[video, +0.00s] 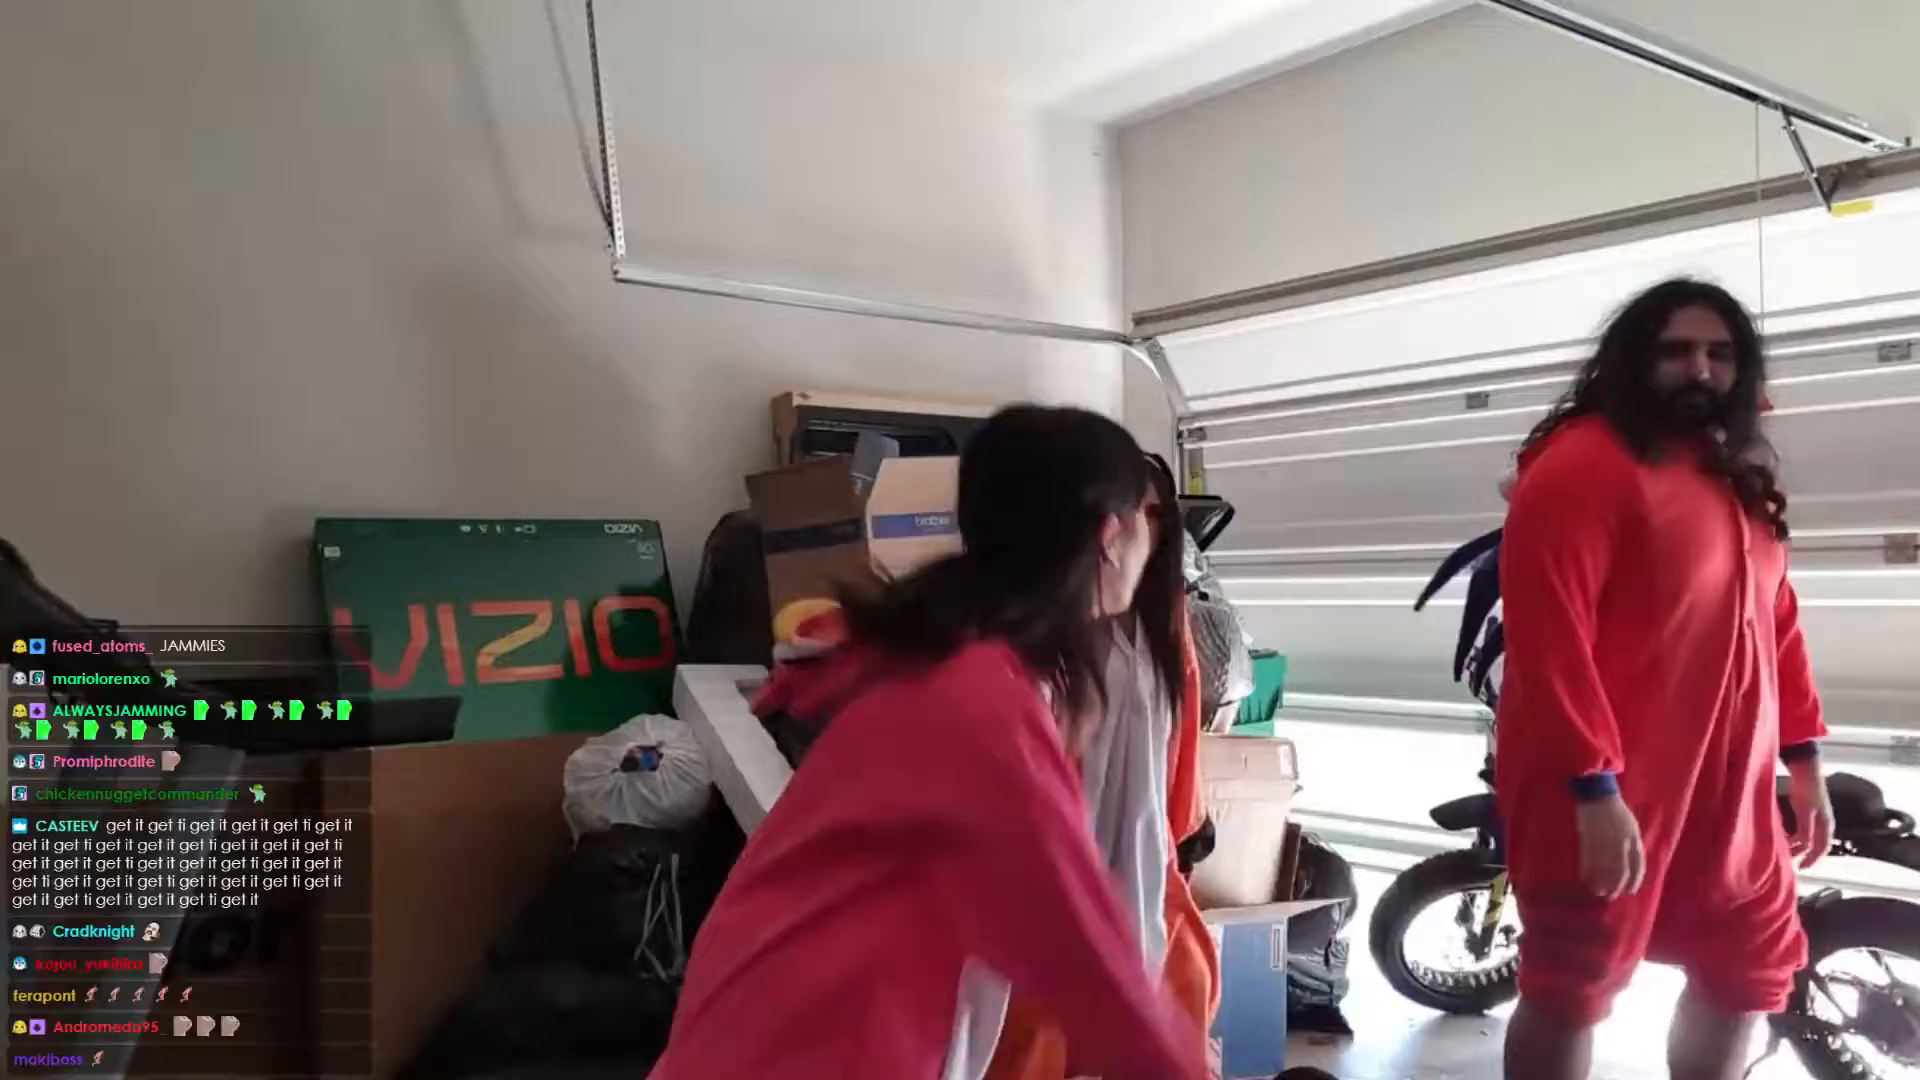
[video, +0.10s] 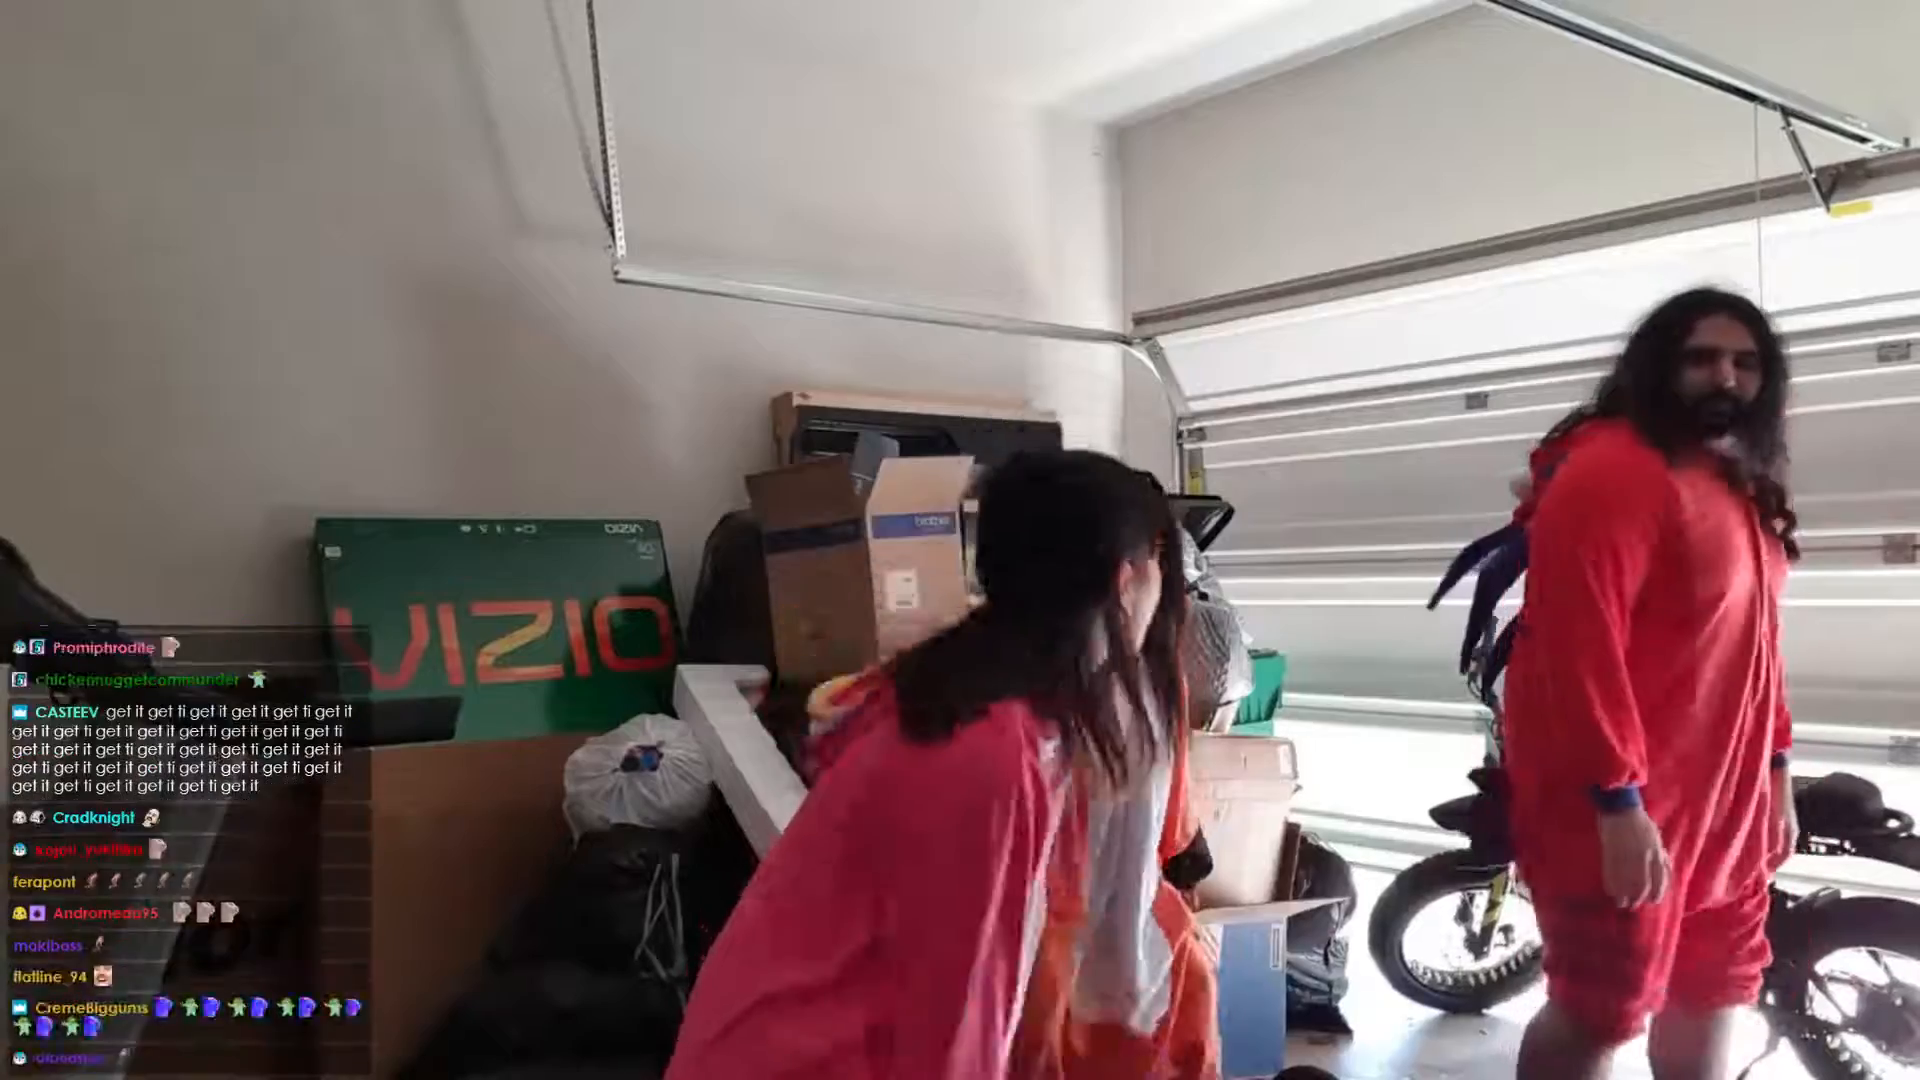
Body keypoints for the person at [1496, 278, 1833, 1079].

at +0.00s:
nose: (1699, 370)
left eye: (1719, 353)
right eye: (1676, 351)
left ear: (1743, 371)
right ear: (1634, 362)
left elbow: (1777, 624)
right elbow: (1545, 633)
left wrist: (1804, 756)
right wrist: (1593, 789)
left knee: (1742, 978)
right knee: (1567, 1000)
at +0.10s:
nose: (1726, 378)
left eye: (1746, 362)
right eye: (1702, 359)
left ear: (1766, 382)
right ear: (1659, 369)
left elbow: (1757, 646)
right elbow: (1577, 644)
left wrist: (1773, 770)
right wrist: (1617, 804)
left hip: (1726, 803)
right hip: (1621, 807)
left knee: (1709, 1002)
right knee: (1597, 1016)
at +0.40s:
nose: (1693, 382)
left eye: (1706, 366)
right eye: (1667, 362)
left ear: (1719, 383)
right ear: (1613, 371)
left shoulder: (1693, 468)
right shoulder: (1599, 470)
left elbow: (1809, 492)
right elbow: (1774, 512)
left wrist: (1893, 466)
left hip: (1714, 787)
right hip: (1616, 802)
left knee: (1729, 983)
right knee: (1571, 1015)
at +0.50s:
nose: (1695, 400)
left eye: (1708, 382)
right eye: (1668, 376)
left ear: (1721, 398)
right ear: (1613, 388)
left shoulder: (1671, 481)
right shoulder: (1592, 489)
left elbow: (1748, 454)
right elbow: (1778, 463)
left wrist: (1817, 357)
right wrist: (1900, 304)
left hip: (1708, 801)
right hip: (1614, 816)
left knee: (1753, 990)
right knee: (1592, 1028)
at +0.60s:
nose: (1695, 386)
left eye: (1708, 370)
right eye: (1667, 366)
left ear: (1720, 387)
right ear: (1612, 376)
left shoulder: (1663, 468)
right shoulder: (1591, 476)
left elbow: (1744, 442)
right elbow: (1782, 450)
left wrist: (1801, 364)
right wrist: (1877, 291)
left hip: (1703, 794)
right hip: (1613, 810)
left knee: (1739, 987)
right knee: (1591, 1026)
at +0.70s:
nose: (1695, 368)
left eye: (1706, 351)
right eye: (1667, 348)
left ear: (1718, 367)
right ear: (1611, 357)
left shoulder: (1667, 460)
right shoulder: (1586, 455)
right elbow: (1763, 512)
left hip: (1696, 785)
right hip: (1603, 796)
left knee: (1693, 990)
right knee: (1565, 1018)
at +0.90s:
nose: (1753, 384)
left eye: (1761, 367)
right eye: (1730, 360)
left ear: (1769, 381)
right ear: (1672, 364)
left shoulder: (1684, 483)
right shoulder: (1629, 485)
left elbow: (1672, 661)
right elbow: (1625, 663)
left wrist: (1702, 804)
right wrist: (1682, 825)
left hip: (1649, 798)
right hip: (1580, 796)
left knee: (1646, 1005)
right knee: (1545, 1022)